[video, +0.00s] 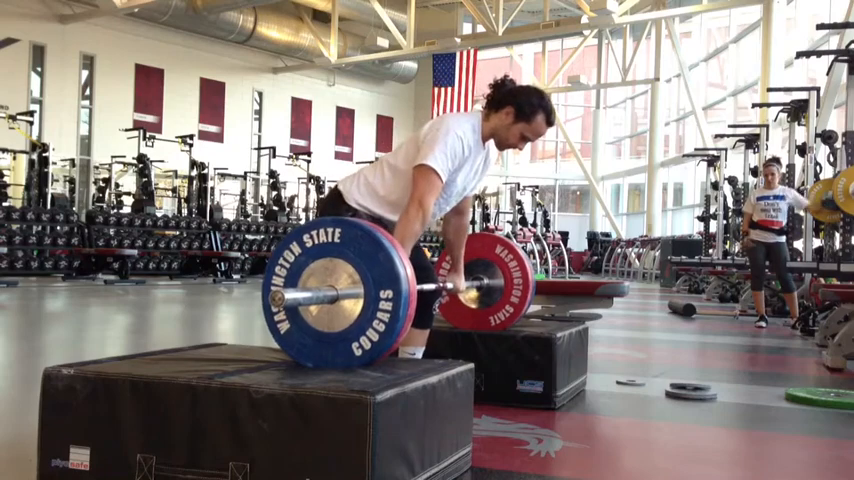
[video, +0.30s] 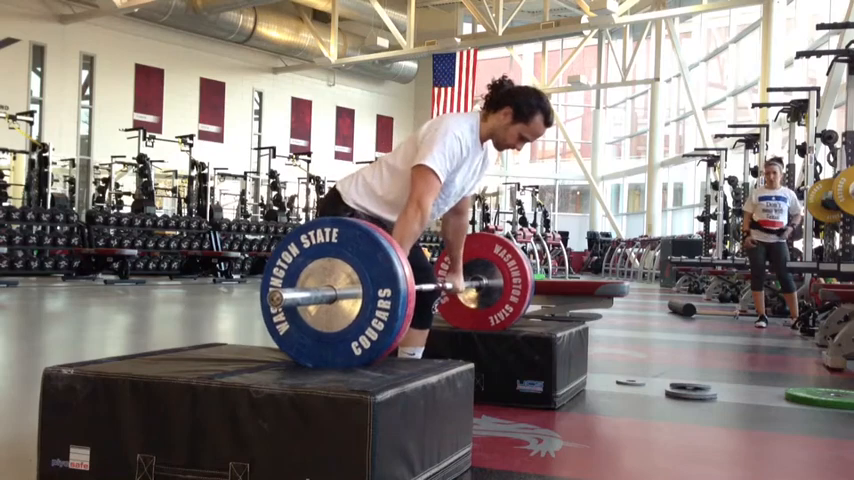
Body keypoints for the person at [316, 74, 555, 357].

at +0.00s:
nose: (522, 147)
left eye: (529, 142)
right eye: (524, 137)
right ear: (507, 113)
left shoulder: (484, 153)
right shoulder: (453, 130)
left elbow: (458, 214)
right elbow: (419, 205)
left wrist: (457, 270)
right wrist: (390, 270)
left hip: (390, 224)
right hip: (350, 210)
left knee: (425, 288)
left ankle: (406, 384)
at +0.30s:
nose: (520, 147)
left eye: (527, 142)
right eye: (522, 137)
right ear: (506, 114)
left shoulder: (482, 154)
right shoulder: (451, 131)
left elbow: (457, 214)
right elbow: (418, 206)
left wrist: (456, 272)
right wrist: (388, 268)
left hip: (388, 223)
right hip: (349, 210)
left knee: (424, 287)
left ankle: (406, 384)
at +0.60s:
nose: (520, 147)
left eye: (528, 142)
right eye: (523, 138)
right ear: (507, 115)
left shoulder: (483, 153)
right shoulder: (452, 131)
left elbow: (457, 214)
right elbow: (418, 207)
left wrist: (456, 271)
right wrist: (388, 271)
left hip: (389, 223)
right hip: (350, 210)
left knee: (424, 288)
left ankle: (406, 382)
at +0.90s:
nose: (521, 149)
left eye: (529, 144)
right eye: (524, 139)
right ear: (508, 115)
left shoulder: (484, 155)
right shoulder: (453, 131)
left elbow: (457, 215)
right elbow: (419, 206)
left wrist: (456, 271)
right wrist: (388, 270)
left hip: (389, 223)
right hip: (351, 210)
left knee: (425, 286)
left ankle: (406, 382)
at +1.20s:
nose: (503, 134)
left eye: (509, 127)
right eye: (505, 123)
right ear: (486, 104)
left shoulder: (463, 144)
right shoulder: (433, 127)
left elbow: (451, 213)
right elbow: (410, 205)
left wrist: (458, 269)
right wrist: (388, 271)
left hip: (387, 225)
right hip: (347, 216)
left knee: (430, 290)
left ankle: (404, 390)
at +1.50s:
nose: (478, 112)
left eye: (483, 105)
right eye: (477, 101)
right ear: (452, 88)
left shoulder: (448, 140)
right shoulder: (413, 120)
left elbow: (443, 209)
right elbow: (399, 201)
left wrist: (457, 266)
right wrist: (388, 270)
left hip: (386, 233)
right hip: (346, 226)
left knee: (432, 289)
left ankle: (407, 385)